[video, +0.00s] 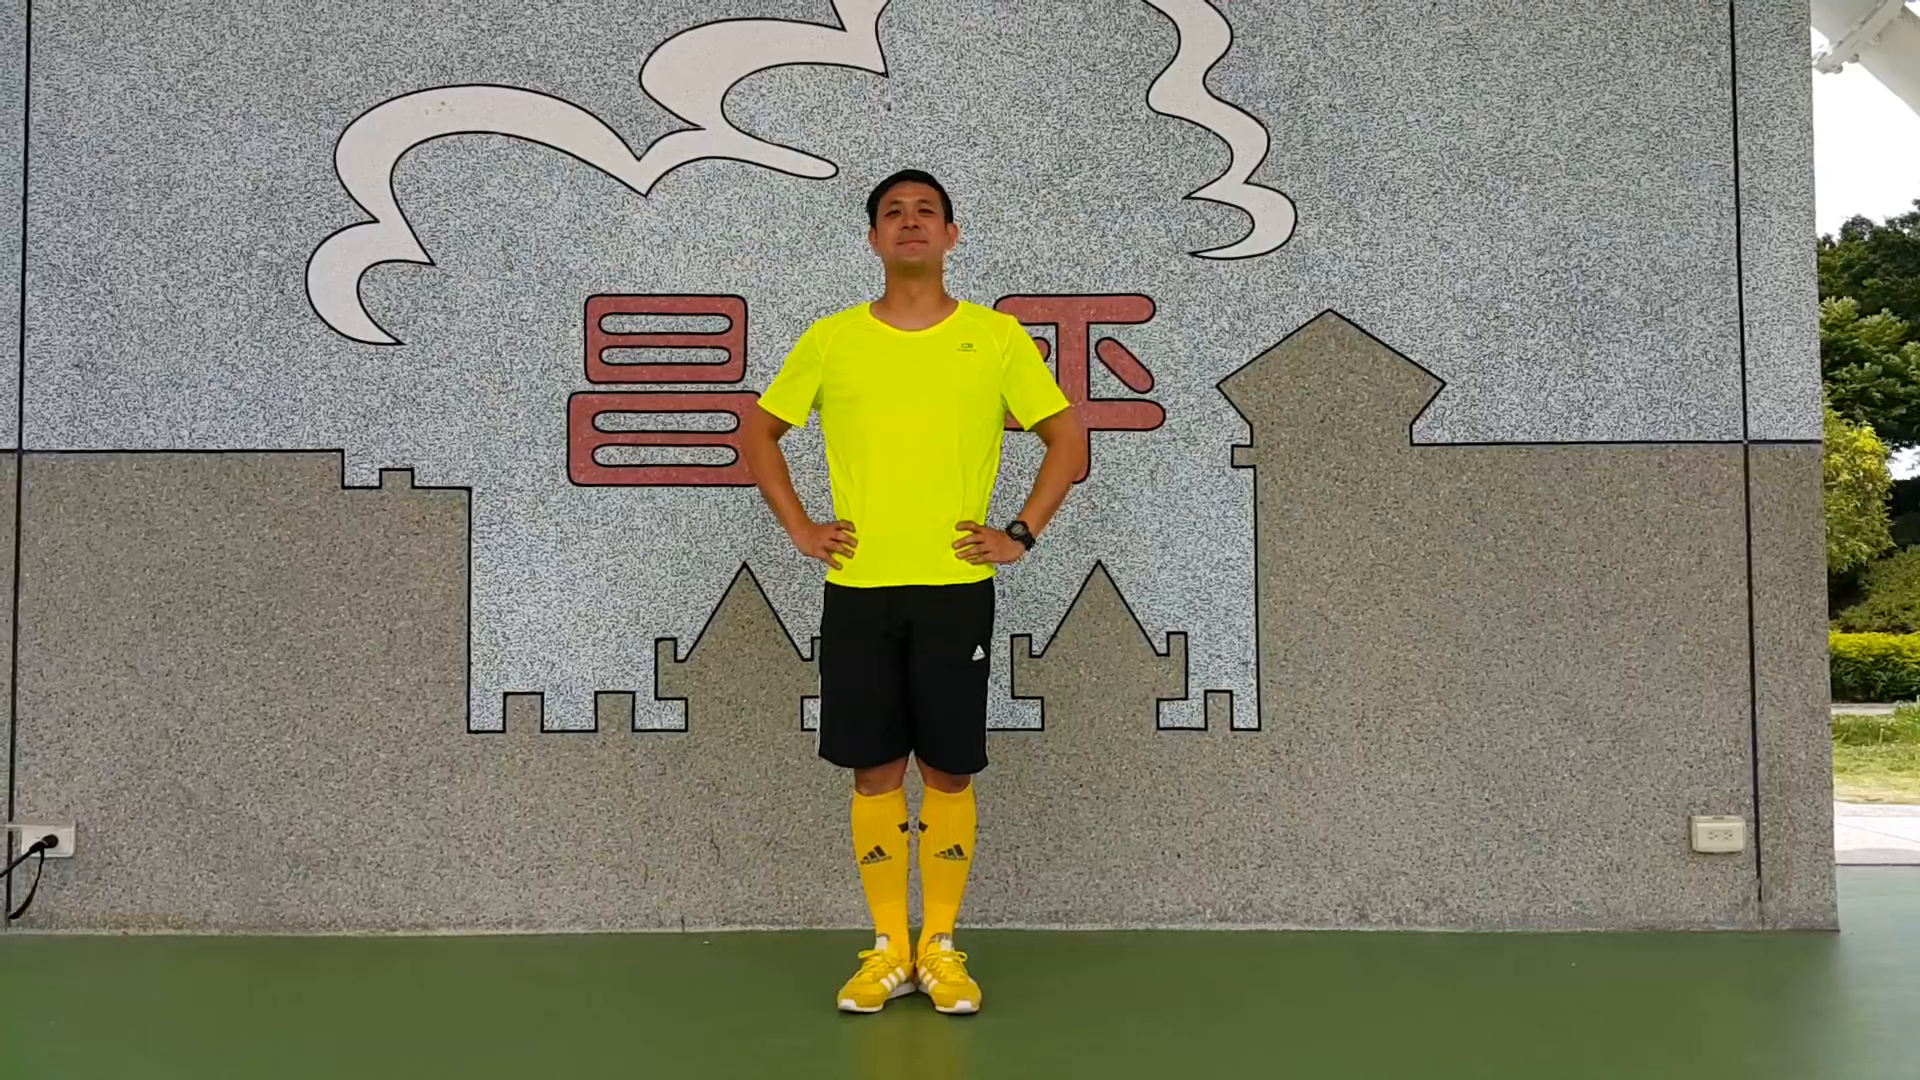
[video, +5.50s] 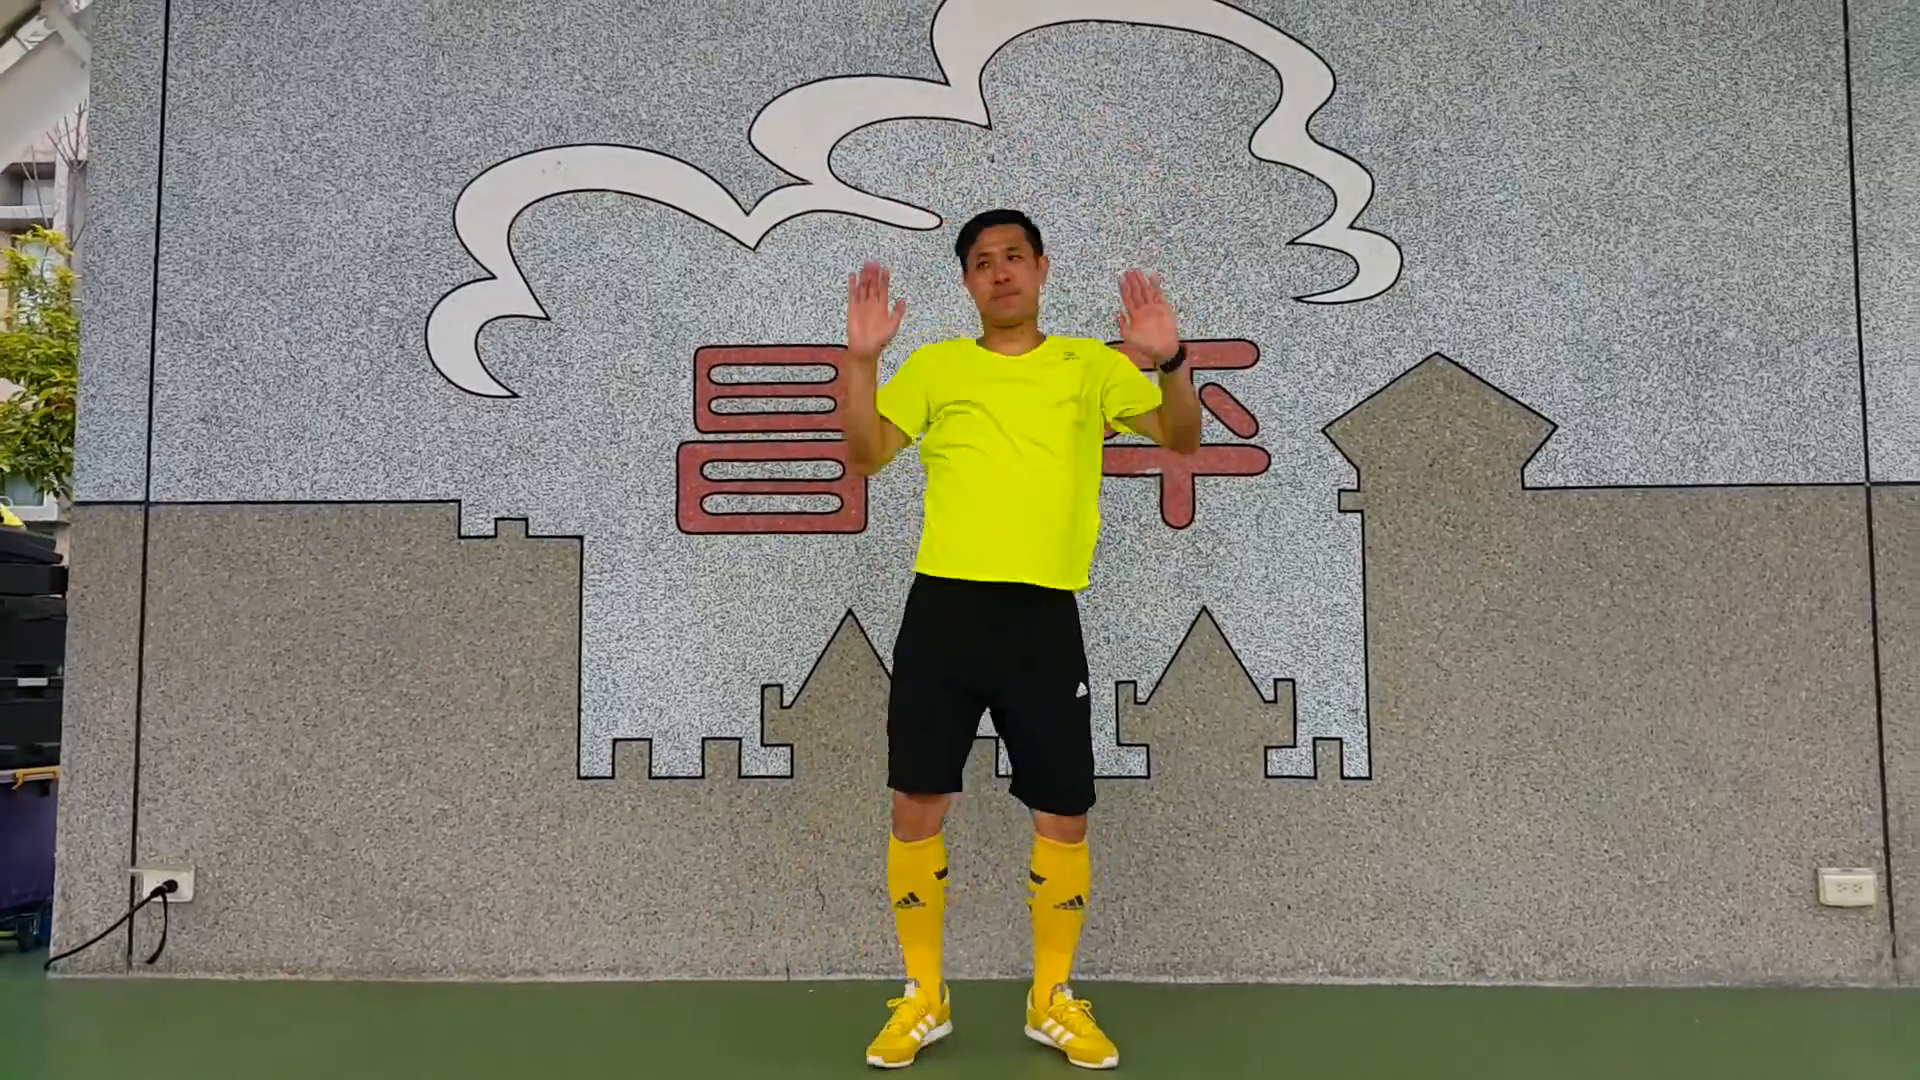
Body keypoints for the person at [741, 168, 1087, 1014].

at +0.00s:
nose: (911, 223)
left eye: (926, 213)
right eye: (895, 214)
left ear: (951, 237)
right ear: (873, 240)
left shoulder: (996, 336)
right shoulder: (832, 337)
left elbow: (1069, 441)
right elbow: (756, 430)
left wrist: (1021, 532)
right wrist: (799, 525)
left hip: (955, 585)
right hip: (859, 584)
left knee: (948, 768)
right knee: (875, 767)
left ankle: (938, 947)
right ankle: (890, 949)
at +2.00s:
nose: (910, 210)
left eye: (925, 198)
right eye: (894, 200)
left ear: (951, 220)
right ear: (872, 223)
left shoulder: (996, 317)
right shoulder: (832, 320)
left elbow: (1072, 417)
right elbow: (758, 417)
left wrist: (1025, 514)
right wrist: (801, 509)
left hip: (960, 568)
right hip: (863, 568)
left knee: (953, 750)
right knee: (876, 750)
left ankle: (944, 932)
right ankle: (891, 934)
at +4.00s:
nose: (949, 256)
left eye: (964, 244)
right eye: (933, 245)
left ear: (990, 266)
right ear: (911, 269)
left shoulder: (1034, 361)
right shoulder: (871, 365)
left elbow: (1110, 457)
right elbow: (797, 460)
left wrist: (1064, 556)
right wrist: (839, 553)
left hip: (999, 614)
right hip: (901, 615)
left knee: (992, 800)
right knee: (915, 799)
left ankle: (985, 985)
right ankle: (933, 986)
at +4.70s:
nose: (1033, 289)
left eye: (1034, 275)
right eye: (1016, 275)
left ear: (1022, 287)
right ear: (967, 287)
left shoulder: (1049, 384)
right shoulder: (917, 379)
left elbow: (1107, 475)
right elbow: (883, 485)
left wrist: (1178, 492)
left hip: (1026, 628)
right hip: (926, 626)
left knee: (1043, 807)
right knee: (908, 808)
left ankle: (1023, 986)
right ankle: (899, 962)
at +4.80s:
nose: (1029, 292)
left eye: (1031, 279)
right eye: (1013, 277)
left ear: (1023, 287)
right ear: (970, 281)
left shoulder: (1046, 372)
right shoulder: (924, 352)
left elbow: (1134, 386)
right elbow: (939, 368)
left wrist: (1173, 318)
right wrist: (1025, 272)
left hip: (1016, 617)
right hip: (928, 611)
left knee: (1044, 803)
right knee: (894, 798)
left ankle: (1029, 986)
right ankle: (804, 941)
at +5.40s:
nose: (1026, 274)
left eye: (1035, 262)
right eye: (1007, 263)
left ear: (1048, 277)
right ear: (970, 282)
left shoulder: (1075, 363)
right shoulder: (942, 354)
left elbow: (1185, 346)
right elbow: (869, 330)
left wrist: (1159, 260)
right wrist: (920, 221)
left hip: (1041, 614)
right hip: (945, 607)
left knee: (1068, 809)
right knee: (893, 799)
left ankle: (1053, 999)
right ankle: (849, 976)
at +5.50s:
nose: (999, 271)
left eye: (1013, 257)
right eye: (983, 262)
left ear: (1043, 272)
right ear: (967, 286)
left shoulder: (1091, 363)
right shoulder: (937, 365)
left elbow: (1181, 437)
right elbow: (868, 450)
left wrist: (1170, 364)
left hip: (1045, 612)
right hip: (942, 607)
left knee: (1063, 809)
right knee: (917, 802)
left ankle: (1052, 999)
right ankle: (923, 997)